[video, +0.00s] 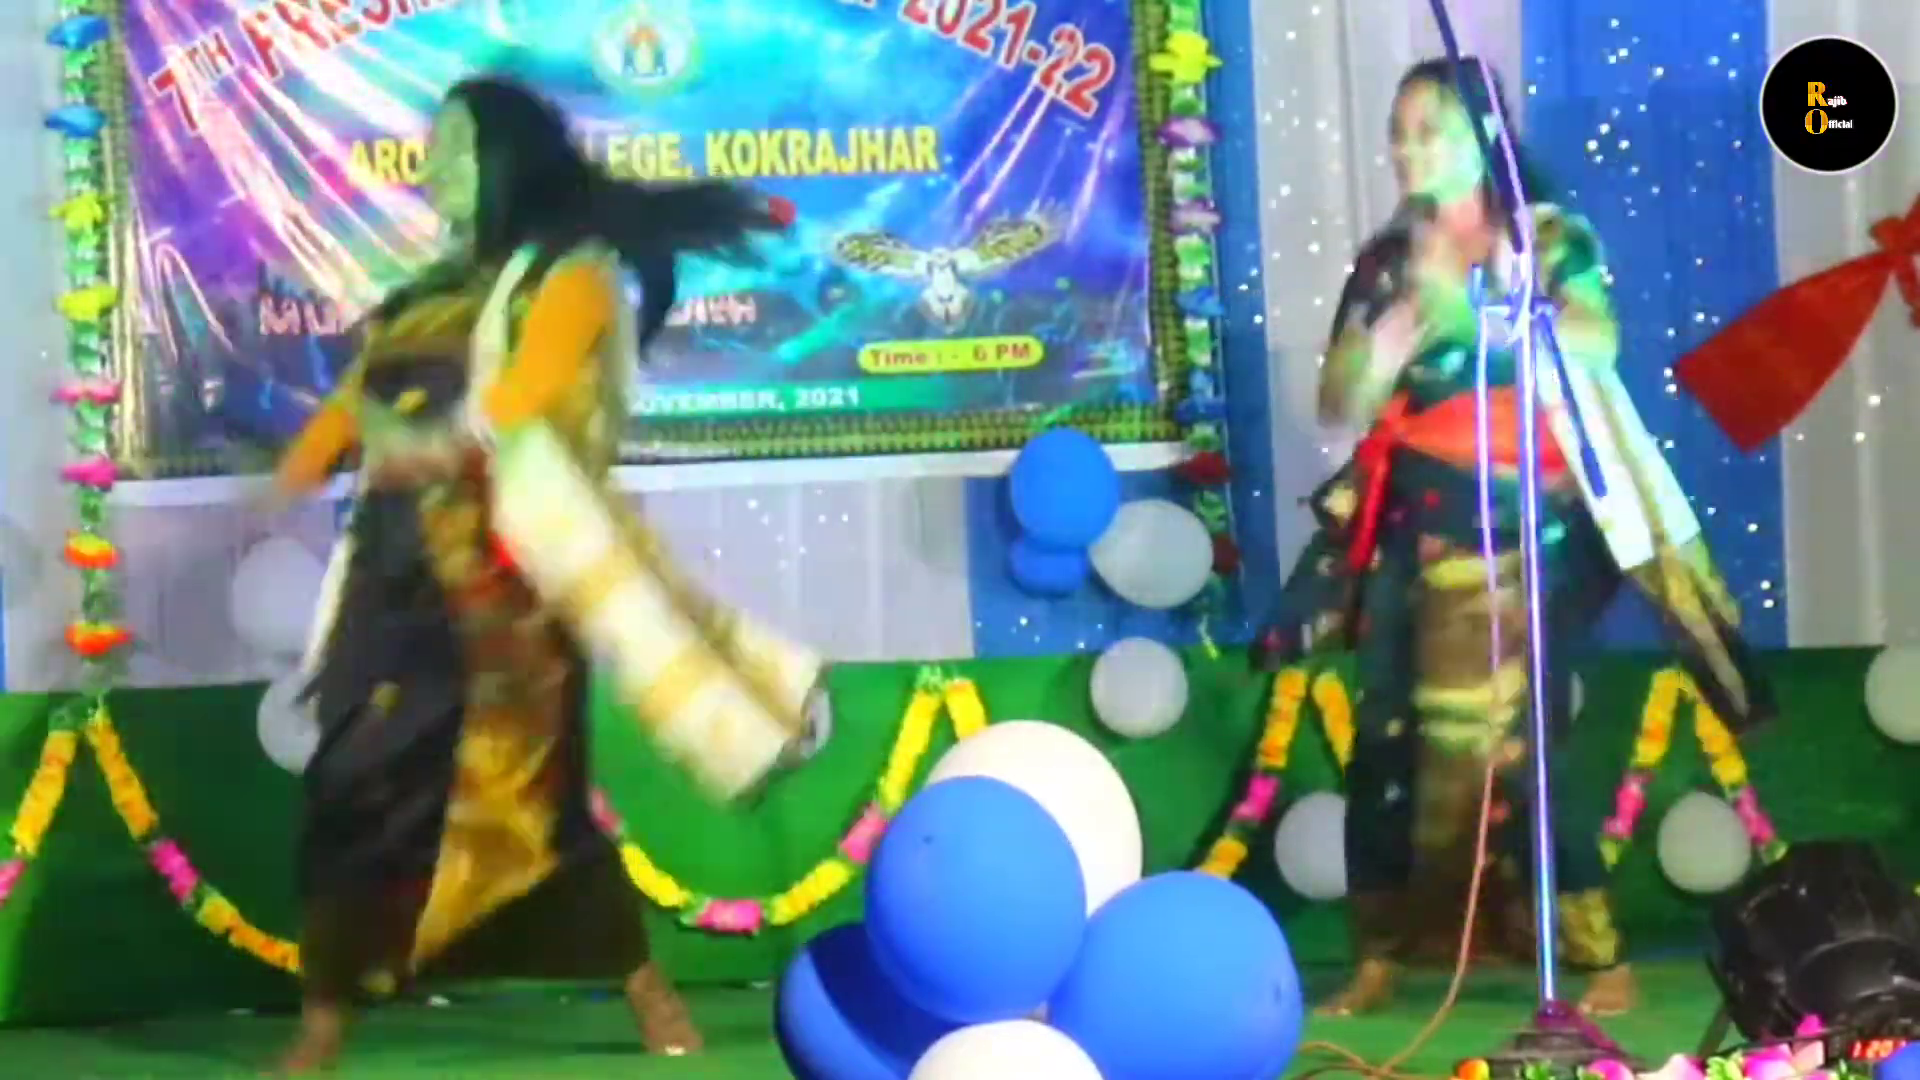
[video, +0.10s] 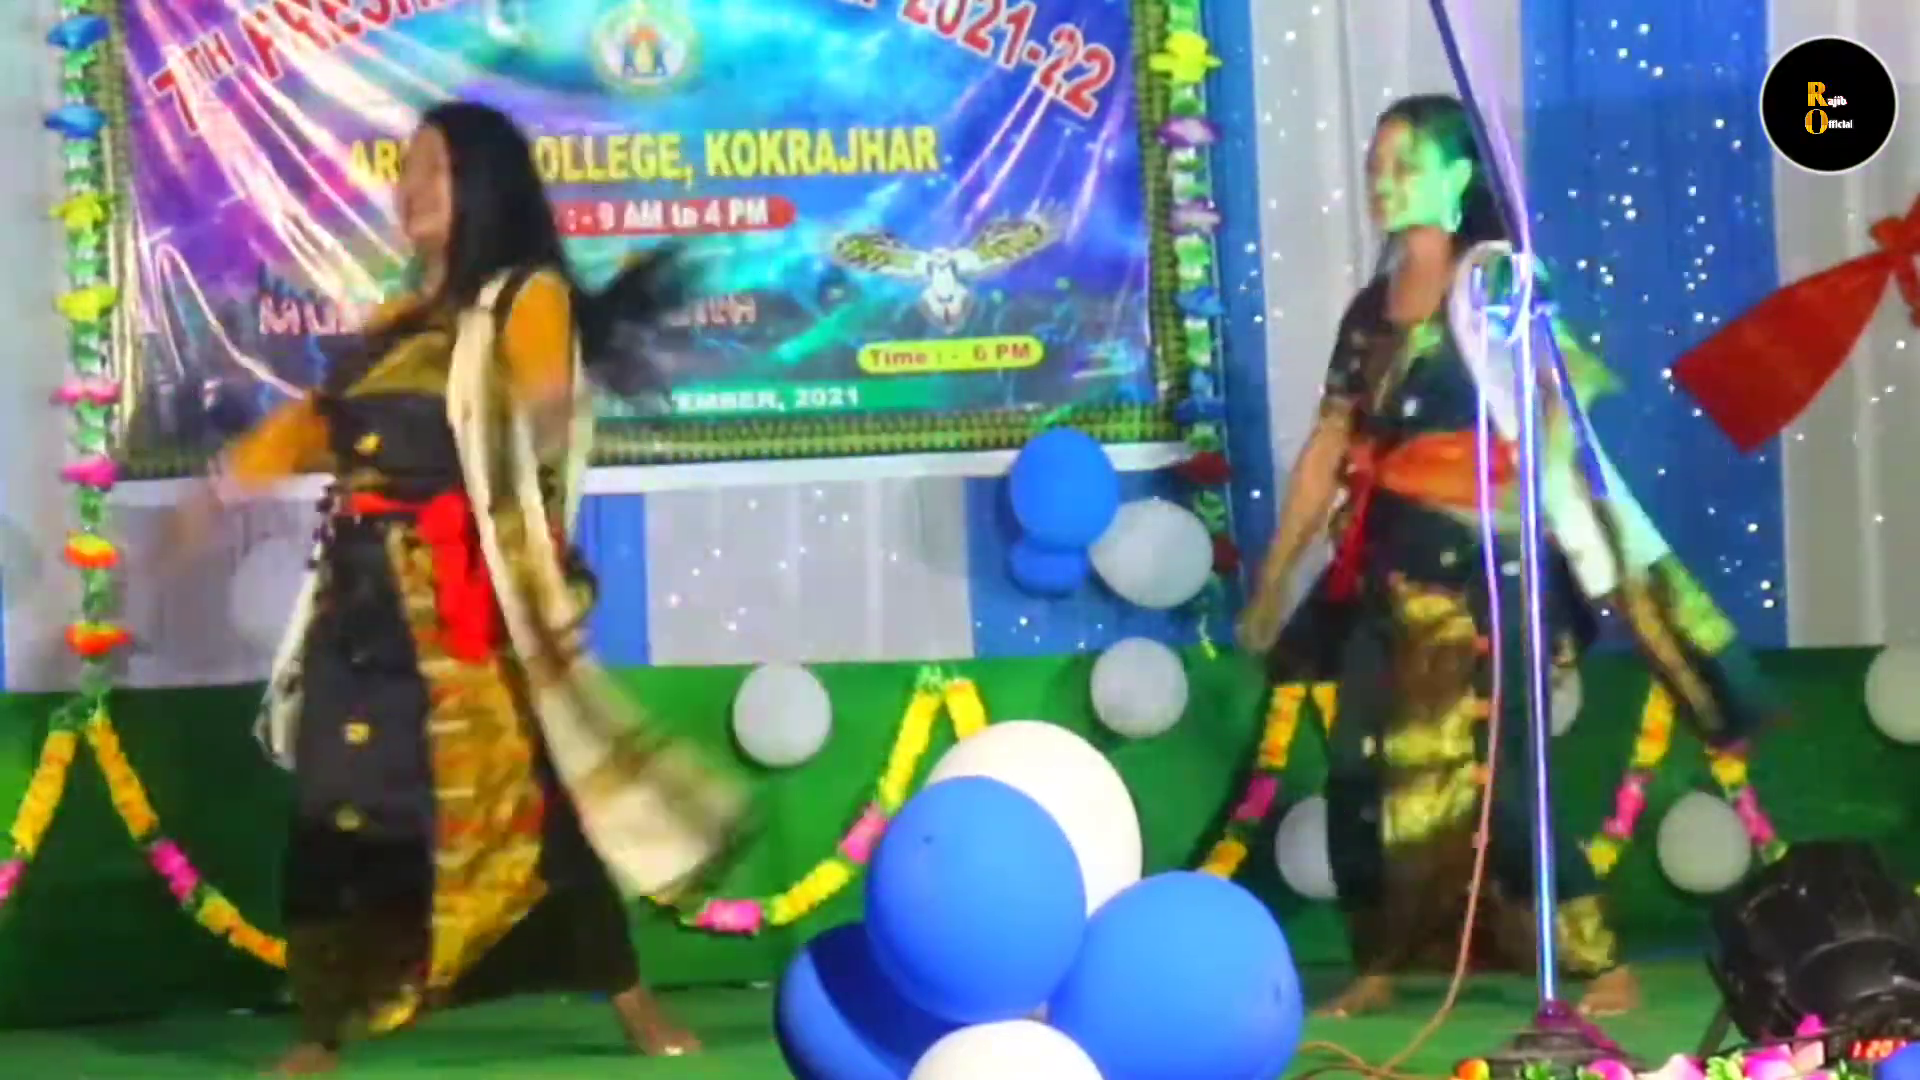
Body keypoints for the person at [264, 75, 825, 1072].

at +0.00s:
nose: (430, 175)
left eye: (447, 154)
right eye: (430, 158)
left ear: (507, 157)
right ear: (456, 168)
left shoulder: (573, 279)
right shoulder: (426, 295)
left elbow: (526, 406)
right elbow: (355, 403)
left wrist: (427, 453)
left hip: (511, 577)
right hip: (393, 579)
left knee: (542, 793)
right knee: (353, 786)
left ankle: (649, 993)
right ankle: (322, 1025)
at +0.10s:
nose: (407, 190)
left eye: (428, 171)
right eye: (404, 172)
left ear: (484, 183)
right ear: (404, 188)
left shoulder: (528, 294)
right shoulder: (402, 321)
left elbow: (546, 414)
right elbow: (316, 418)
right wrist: (225, 488)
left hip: (471, 571)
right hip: (362, 574)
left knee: (544, 786)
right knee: (338, 794)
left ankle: (631, 999)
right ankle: (321, 1033)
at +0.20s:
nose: (410, 160)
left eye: (433, 142)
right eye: (403, 144)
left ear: (487, 158)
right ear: (393, 162)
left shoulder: (527, 265)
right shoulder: (375, 291)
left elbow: (586, 294)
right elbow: (302, 357)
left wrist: (618, 310)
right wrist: (198, 359)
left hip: (492, 559)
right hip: (368, 565)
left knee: (555, 764)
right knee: (348, 772)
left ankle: (634, 995)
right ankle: (334, 1017)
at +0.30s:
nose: (482, 111)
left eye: (498, 96)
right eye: (456, 98)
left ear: (525, 123)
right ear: (407, 127)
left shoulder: (564, 224)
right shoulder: (373, 254)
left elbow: (684, 258)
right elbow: (289, 332)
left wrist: (658, 199)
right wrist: (191, 242)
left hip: (540, 538)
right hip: (399, 541)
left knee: (584, 751)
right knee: (369, 758)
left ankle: (597, 994)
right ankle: (345, 1014)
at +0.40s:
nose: (523, 125)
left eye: (529, 109)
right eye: (496, 108)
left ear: (546, 136)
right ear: (441, 134)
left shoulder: (598, 236)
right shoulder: (387, 270)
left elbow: (723, 290)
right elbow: (288, 367)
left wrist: (737, 191)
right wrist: (185, 274)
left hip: (572, 558)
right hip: (433, 557)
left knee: (609, 760)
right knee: (390, 770)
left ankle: (562, 1008)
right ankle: (330, 1009)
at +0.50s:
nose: (563, 160)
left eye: (557, 141)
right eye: (539, 145)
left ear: (560, 153)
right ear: (490, 173)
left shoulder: (625, 283)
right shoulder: (456, 301)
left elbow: (729, 326)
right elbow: (370, 424)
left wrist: (824, 265)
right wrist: (259, 363)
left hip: (618, 587)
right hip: (501, 585)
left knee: (636, 787)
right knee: (496, 795)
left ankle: (562, 1023)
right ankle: (327, 977)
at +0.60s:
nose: (598, 166)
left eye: (597, 146)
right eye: (584, 145)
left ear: (549, 153)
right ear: (532, 153)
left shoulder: (581, 271)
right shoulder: (505, 294)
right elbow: (508, 430)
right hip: (550, 570)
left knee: (624, 791)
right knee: (585, 782)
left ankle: (563, 1021)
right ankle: (429, 910)